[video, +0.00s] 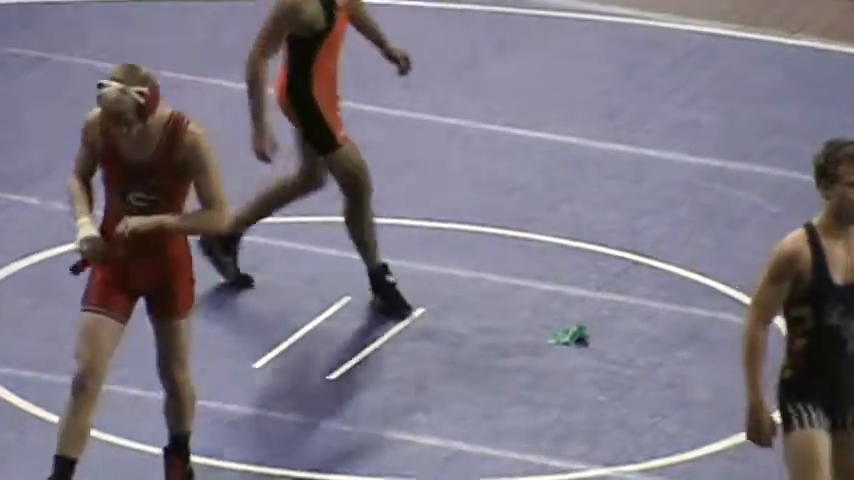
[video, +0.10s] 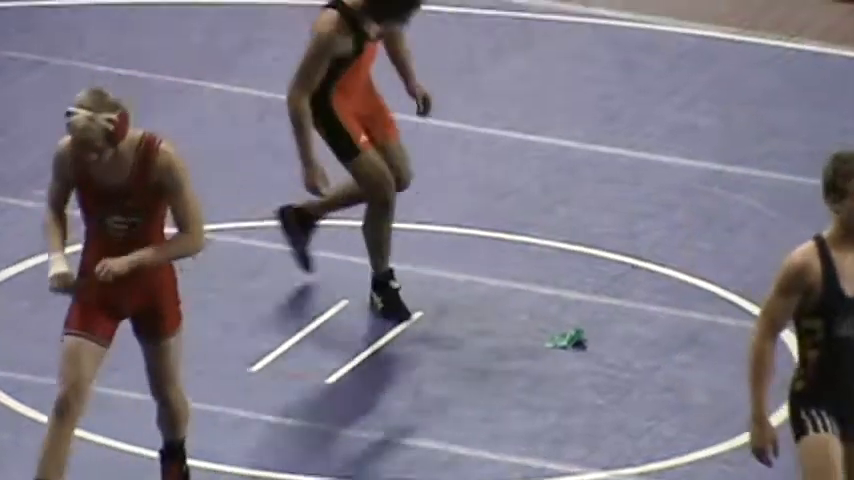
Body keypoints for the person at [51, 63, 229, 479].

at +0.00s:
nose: (114, 130)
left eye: (123, 122)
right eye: (109, 120)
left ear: (149, 111)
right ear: (104, 110)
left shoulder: (188, 139)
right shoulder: (98, 127)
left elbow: (220, 217)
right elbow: (81, 176)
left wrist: (155, 222)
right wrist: (86, 225)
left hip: (167, 262)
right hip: (113, 257)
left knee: (175, 375)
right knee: (86, 376)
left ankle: (178, 461)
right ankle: (61, 472)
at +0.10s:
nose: (73, 134)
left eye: (81, 127)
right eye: (73, 127)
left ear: (113, 124)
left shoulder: (160, 159)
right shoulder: (68, 155)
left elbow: (194, 238)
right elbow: (57, 207)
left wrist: (131, 260)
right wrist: (57, 259)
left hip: (153, 281)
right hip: (96, 280)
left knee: (167, 394)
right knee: (67, 400)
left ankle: (174, 461)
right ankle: (48, 473)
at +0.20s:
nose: (51, 191)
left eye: (58, 183)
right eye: (47, 182)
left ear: (82, 168)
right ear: (40, 172)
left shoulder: (130, 188)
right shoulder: (38, 190)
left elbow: (166, 266)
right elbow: (24, 247)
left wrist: (110, 307)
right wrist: (31, 307)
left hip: (135, 293)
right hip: (81, 292)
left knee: (167, 418)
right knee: (48, 414)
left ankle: (179, 456)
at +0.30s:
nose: (19, 236)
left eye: (22, 227)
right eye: (14, 228)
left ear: (44, 211)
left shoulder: (97, 216)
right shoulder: (13, 225)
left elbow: (132, 299)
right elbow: (2, 289)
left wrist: (82, 355)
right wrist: (5, 358)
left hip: (117, 302)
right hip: (66, 305)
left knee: (162, 426)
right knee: (34, 419)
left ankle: (177, 457)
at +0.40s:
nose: (10, 292)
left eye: (14, 284)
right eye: (6, 286)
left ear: (31, 256)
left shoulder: (83, 258)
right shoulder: (13, 251)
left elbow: (106, 344)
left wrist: (65, 406)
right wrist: (4, 416)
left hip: (109, 293)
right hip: (58, 298)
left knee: (166, 426)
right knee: (29, 424)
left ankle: (183, 474)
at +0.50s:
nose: (10, 331)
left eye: (8, 328)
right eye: (6, 328)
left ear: (19, 309)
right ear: (12, 309)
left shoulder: (71, 292)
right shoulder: (6, 281)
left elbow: (90, 376)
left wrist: (58, 447)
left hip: (103, 301)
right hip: (48, 308)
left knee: (159, 423)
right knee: (22, 420)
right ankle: (22, 471)